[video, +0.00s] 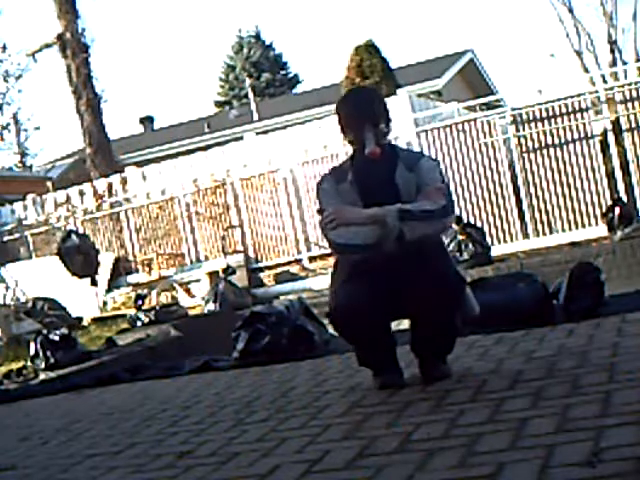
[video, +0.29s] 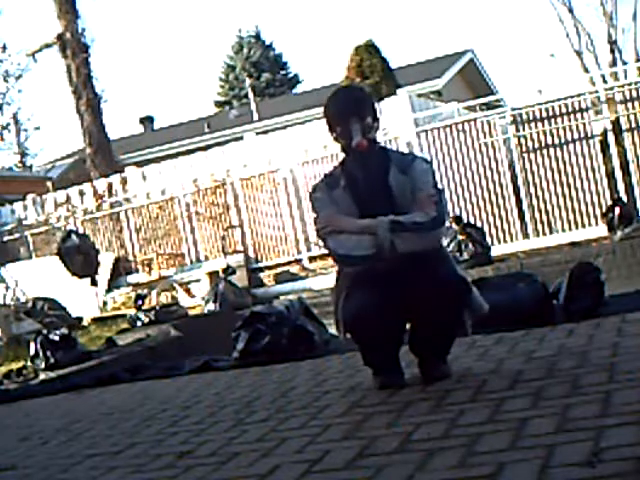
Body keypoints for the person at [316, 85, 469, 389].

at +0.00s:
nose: (366, 136)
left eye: (373, 124)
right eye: (355, 128)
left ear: (387, 122)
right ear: (343, 130)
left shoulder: (421, 165)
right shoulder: (332, 183)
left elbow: (442, 215)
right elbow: (339, 238)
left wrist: (364, 215)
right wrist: (412, 215)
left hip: (421, 265)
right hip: (363, 276)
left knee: (442, 284)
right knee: (347, 305)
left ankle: (433, 357)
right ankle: (384, 367)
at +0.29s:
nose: (357, 136)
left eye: (365, 123)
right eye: (346, 128)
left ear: (376, 121)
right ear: (334, 133)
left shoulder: (414, 167)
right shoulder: (325, 191)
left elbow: (434, 223)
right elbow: (343, 250)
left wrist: (357, 225)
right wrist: (413, 226)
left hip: (423, 266)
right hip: (366, 278)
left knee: (447, 289)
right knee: (364, 311)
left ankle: (433, 355)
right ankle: (385, 366)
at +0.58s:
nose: (363, 136)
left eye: (371, 122)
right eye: (352, 127)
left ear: (382, 120)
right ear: (339, 130)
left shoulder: (420, 167)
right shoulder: (329, 190)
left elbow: (436, 230)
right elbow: (347, 252)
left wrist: (361, 226)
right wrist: (413, 221)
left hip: (424, 266)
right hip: (366, 278)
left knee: (445, 292)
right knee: (356, 311)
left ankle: (434, 357)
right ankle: (385, 367)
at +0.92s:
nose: (363, 127)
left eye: (372, 115)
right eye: (352, 120)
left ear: (384, 115)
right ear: (341, 125)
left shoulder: (419, 165)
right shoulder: (330, 185)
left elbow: (434, 222)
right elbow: (345, 245)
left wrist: (358, 219)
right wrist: (410, 216)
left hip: (422, 264)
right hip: (366, 275)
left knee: (447, 290)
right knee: (355, 312)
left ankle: (434, 358)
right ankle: (384, 366)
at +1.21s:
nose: (360, 120)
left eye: (368, 108)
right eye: (348, 112)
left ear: (380, 111)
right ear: (337, 121)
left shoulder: (417, 162)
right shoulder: (327, 182)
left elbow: (431, 226)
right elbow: (342, 243)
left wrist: (356, 218)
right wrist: (412, 216)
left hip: (422, 266)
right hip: (364, 278)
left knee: (445, 296)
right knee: (359, 316)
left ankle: (434, 358)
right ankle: (384, 367)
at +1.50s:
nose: (361, 118)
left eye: (368, 107)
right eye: (349, 112)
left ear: (381, 110)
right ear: (338, 121)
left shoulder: (417, 159)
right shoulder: (327, 182)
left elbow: (433, 224)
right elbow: (344, 242)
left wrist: (356, 216)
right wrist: (413, 213)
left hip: (423, 266)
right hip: (365, 278)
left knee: (446, 296)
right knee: (359, 316)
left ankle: (434, 358)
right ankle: (384, 367)